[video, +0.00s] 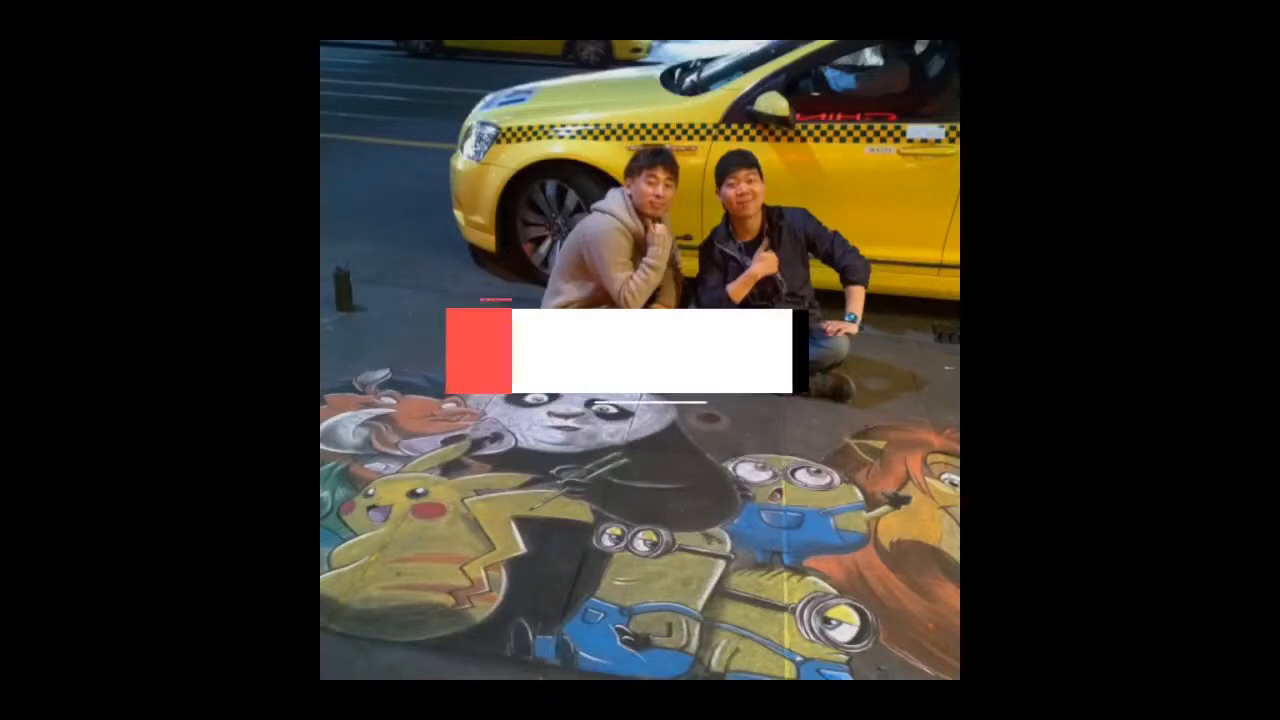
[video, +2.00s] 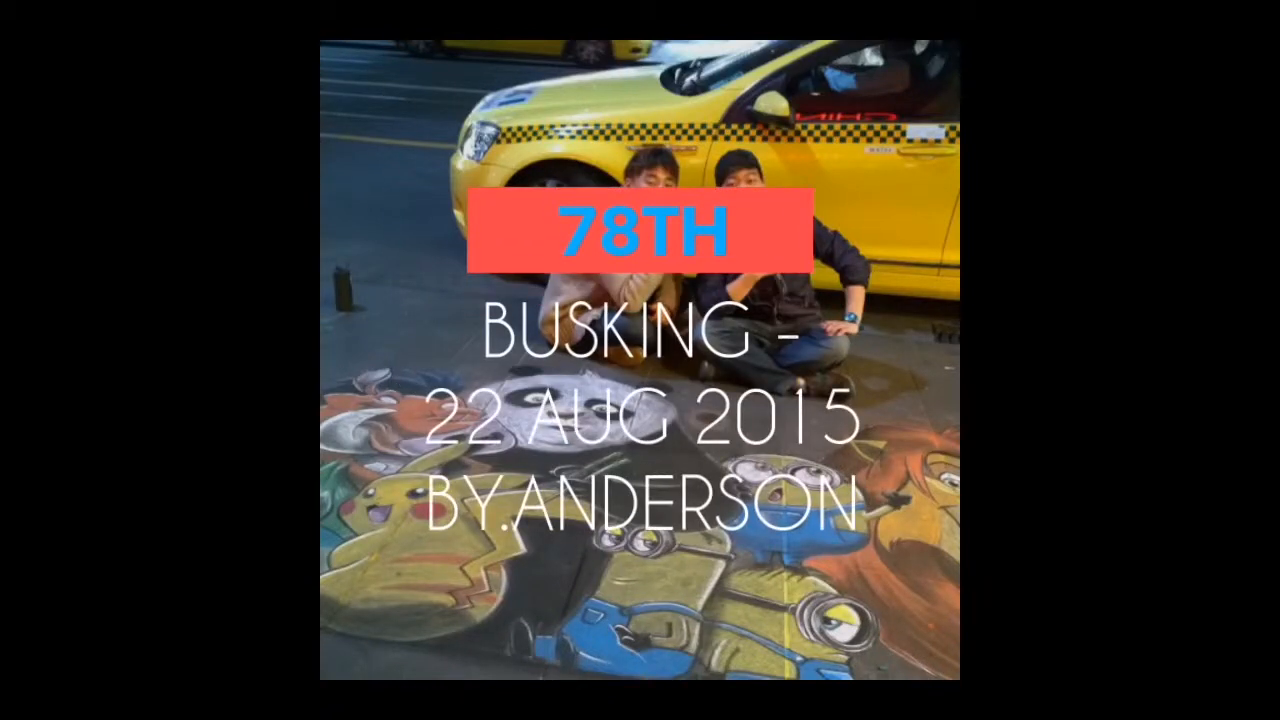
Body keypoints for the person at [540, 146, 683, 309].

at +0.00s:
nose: (660, 193)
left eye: (668, 185)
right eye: (651, 183)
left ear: (675, 192)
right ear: (629, 184)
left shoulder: (656, 220)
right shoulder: (604, 228)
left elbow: (669, 270)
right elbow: (628, 300)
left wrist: (663, 306)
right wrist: (658, 251)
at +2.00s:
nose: (659, 191)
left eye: (668, 184)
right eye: (651, 181)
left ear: (675, 190)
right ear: (629, 182)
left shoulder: (656, 224)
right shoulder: (604, 222)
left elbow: (669, 278)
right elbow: (629, 300)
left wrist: (665, 305)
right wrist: (664, 249)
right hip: (566, 319)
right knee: (639, 327)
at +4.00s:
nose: (660, 193)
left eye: (668, 185)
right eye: (651, 182)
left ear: (675, 192)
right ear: (629, 184)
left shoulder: (656, 221)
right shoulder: (605, 227)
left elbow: (670, 269)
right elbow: (629, 301)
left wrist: (665, 304)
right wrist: (658, 250)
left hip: (609, 306)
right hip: (567, 319)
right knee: (638, 328)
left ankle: (631, 347)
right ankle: (670, 335)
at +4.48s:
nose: (660, 193)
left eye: (668, 185)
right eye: (651, 183)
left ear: (675, 192)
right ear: (629, 184)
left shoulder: (656, 220)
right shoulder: (605, 228)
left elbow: (668, 285)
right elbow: (626, 298)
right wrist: (657, 252)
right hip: (565, 323)